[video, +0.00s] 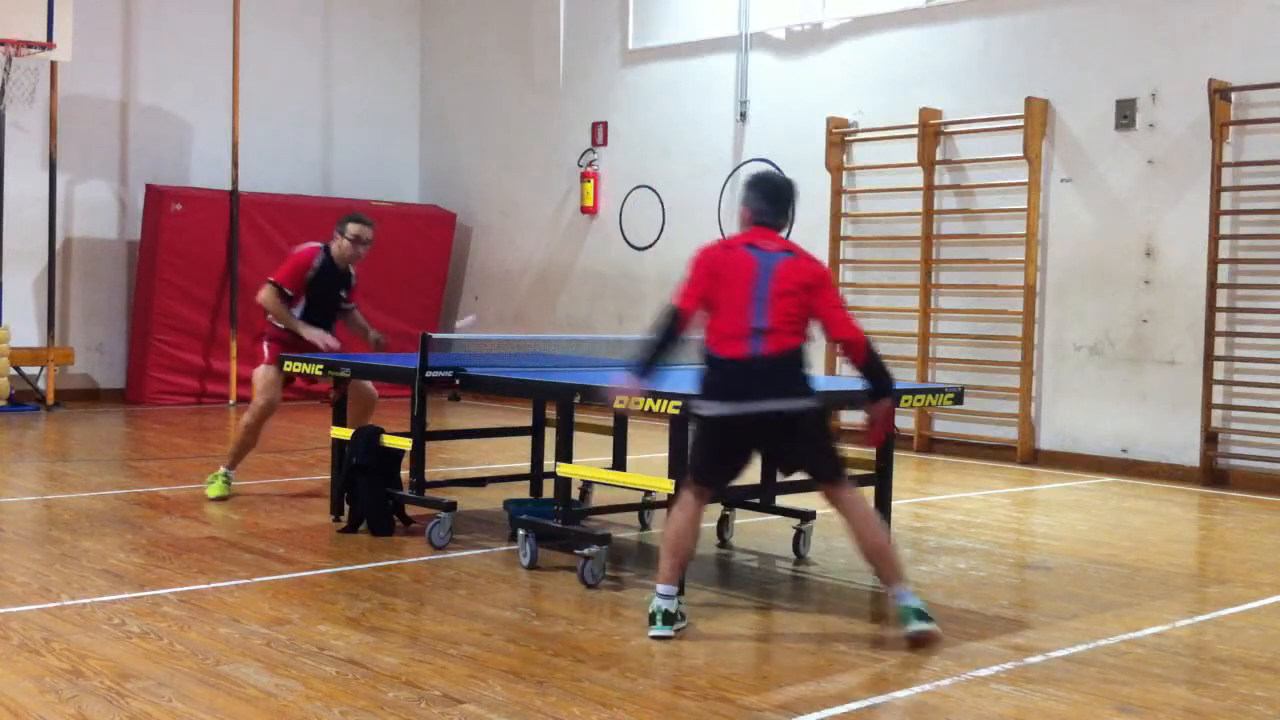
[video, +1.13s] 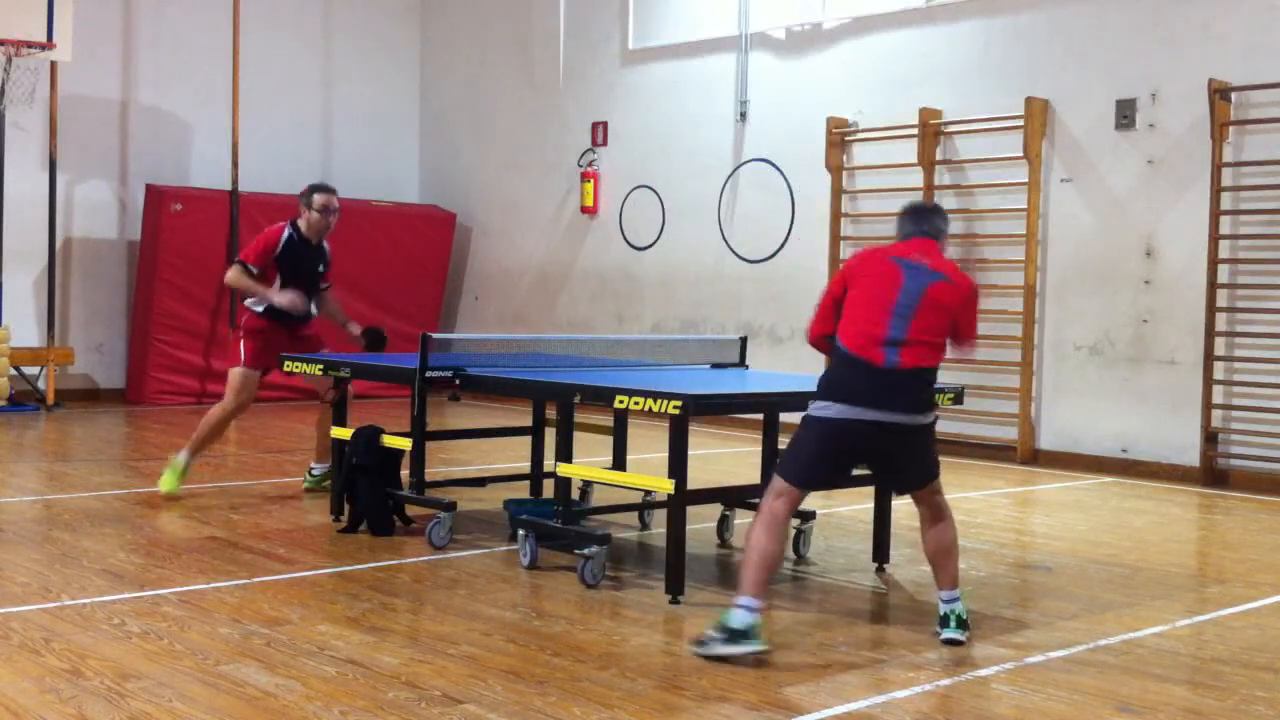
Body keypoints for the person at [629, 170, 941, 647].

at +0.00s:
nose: (741, 212)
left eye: (743, 205)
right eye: (748, 205)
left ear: (746, 211)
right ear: (788, 217)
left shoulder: (713, 257)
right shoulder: (806, 268)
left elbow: (676, 321)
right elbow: (848, 336)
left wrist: (640, 371)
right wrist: (882, 388)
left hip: (725, 404)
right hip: (788, 400)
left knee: (692, 494)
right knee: (843, 492)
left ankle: (664, 603)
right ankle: (906, 601)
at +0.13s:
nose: (767, 220)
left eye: (770, 213)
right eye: (771, 212)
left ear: (775, 218)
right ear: (816, 222)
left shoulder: (757, 268)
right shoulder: (846, 273)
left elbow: (742, 344)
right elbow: (898, 343)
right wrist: (908, 386)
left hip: (775, 416)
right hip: (844, 414)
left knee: (723, 499)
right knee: (886, 500)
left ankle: (669, 601)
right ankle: (929, 613)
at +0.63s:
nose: (830, 232)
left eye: (832, 225)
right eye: (835, 225)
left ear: (839, 229)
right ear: (881, 234)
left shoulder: (806, 274)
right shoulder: (907, 291)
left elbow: (764, 341)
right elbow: (935, 377)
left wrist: (791, 387)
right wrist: (942, 402)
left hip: (810, 427)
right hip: (880, 429)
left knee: (746, 510)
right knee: (915, 510)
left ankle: (722, 629)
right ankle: (950, 615)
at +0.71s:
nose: (851, 243)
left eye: (852, 236)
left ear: (855, 241)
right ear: (898, 246)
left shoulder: (814, 287)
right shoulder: (911, 300)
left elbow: (783, 363)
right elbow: (936, 387)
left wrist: (828, 395)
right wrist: (975, 455)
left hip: (805, 433)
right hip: (878, 437)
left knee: (742, 523)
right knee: (918, 509)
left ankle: (705, 632)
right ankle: (952, 613)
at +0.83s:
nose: (937, 273)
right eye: (936, 266)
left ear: (891, 260)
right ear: (935, 270)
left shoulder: (856, 296)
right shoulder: (927, 310)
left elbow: (847, 364)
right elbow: (941, 383)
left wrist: (907, 392)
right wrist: (986, 445)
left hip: (810, 434)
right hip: (878, 440)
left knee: (748, 530)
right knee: (924, 506)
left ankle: (696, 631)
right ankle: (951, 611)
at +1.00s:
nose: (956, 269)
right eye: (957, 261)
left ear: (912, 252)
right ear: (953, 261)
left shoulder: (872, 284)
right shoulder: (951, 301)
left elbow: (845, 352)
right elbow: (961, 390)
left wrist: (911, 389)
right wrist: (1007, 449)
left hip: (829, 418)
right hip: (897, 427)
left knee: (766, 517)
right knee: (932, 508)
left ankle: (709, 622)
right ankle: (951, 612)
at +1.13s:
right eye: (946, 238)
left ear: (899, 232)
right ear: (942, 238)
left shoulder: (862, 261)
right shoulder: (958, 284)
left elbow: (819, 333)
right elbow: (964, 342)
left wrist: (860, 361)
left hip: (838, 412)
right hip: (905, 420)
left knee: (777, 505)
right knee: (933, 511)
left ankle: (742, 620)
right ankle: (952, 615)